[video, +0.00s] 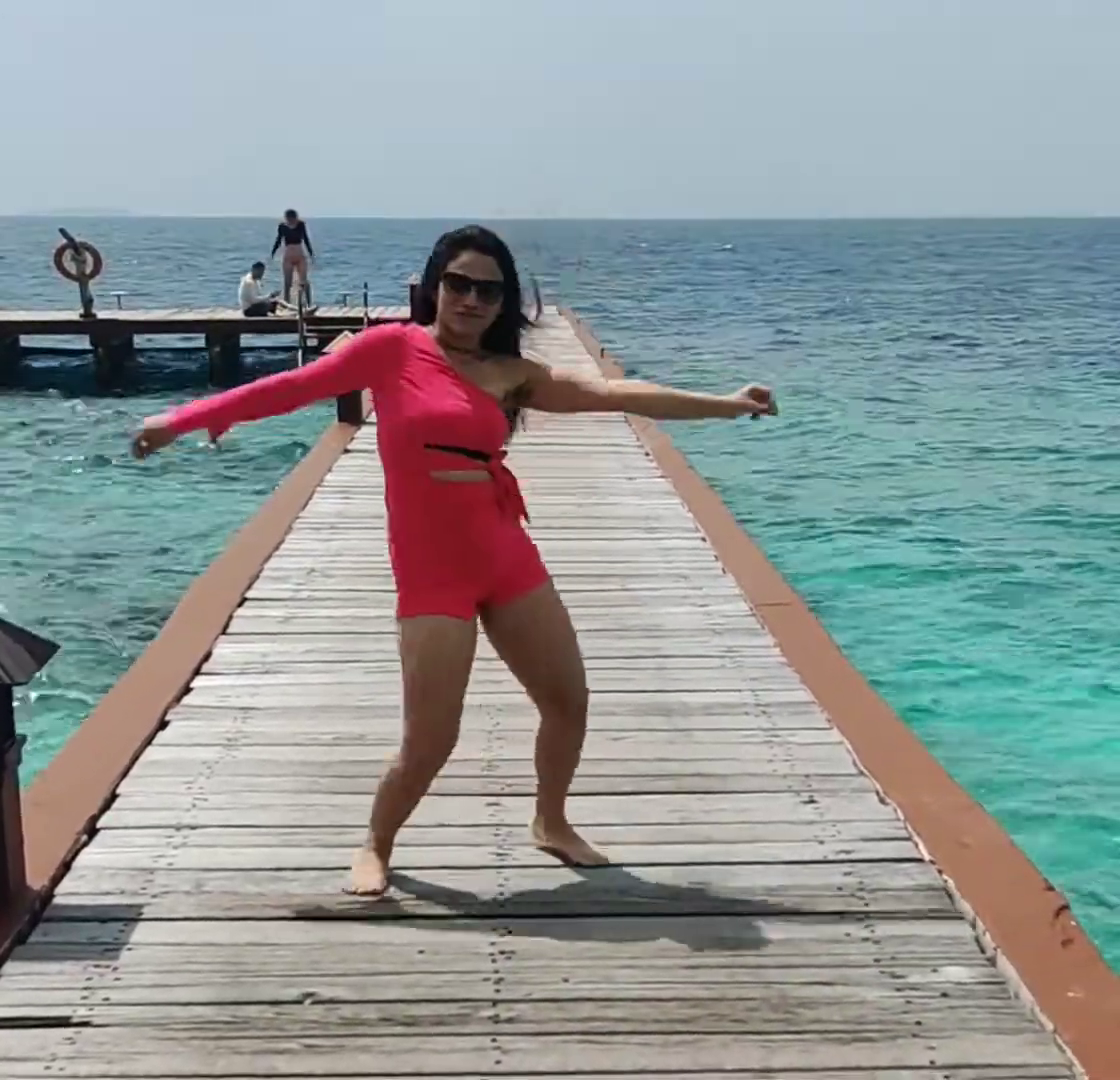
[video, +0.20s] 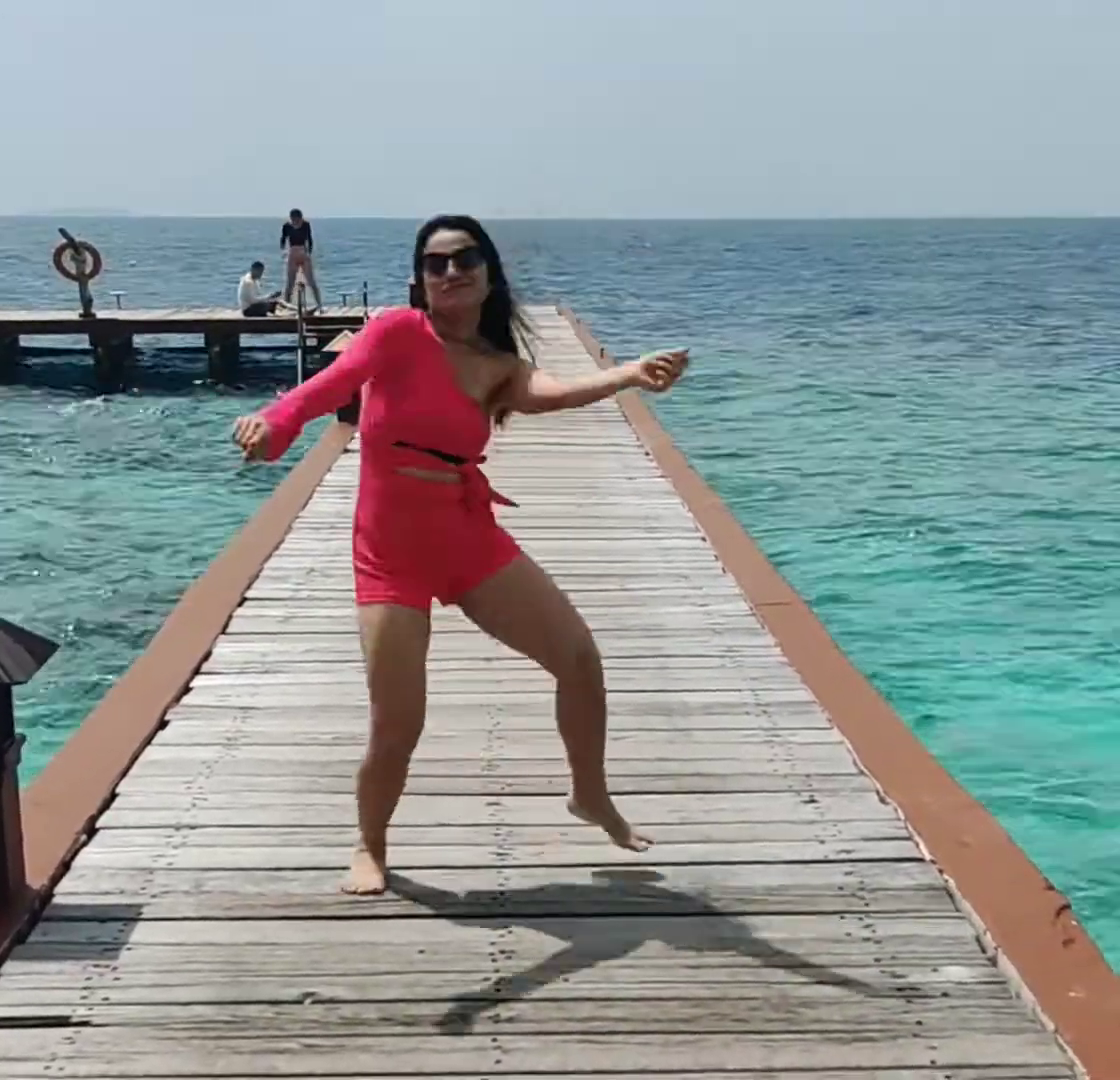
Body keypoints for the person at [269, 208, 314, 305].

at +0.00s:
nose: (291, 222)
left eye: (293, 219)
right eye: (289, 220)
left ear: (296, 218)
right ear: (286, 219)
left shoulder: (301, 225)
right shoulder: (282, 227)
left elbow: (306, 239)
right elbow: (278, 241)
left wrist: (311, 253)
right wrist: (272, 253)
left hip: (299, 250)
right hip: (289, 250)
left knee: (304, 280)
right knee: (287, 282)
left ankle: (309, 304)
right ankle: (286, 304)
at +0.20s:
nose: (295, 222)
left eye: (297, 219)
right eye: (293, 220)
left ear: (301, 218)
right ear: (291, 219)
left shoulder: (306, 225)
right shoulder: (287, 226)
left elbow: (309, 239)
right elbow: (283, 238)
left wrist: (309, 250)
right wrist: (282, 248)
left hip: (303, 250)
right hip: (293, 251)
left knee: (311, 281)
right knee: (290, 282)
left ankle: (319, 305)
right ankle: (287, 305)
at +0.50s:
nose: (308, 218)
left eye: (310, 216)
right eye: (306, 216)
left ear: (314, 215)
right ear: (304, 216)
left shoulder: (319, 223)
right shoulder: (300, 224)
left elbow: (325, 238)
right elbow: (297, 238)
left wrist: (325, 254)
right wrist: (296, 251)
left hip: (317, 249)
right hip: (306, 249)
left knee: (320, 279)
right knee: (302, 279)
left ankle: (322, 303)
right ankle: (299, 303)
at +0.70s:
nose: (313, 219)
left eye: (314, 217)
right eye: (311, 217)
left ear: (318, 215)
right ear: (308, 216)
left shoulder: (325, 223)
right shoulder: (305, 224)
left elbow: (331, 238)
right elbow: (303, 238)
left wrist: (340, 252)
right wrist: (299, 252)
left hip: (321, 250)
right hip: (310, 250)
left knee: (323, 279)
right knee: (314, 279)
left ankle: (323, 304)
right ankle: (315, 303)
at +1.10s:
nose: (298, 219)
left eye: (299, 216)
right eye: (296, 216)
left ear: (304, 214)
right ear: (294, 216)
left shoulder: (313, 222)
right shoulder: (294, 225)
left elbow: (321, 236)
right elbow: (293, 241)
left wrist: (327, 251)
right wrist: (289, 255)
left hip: (312, 250)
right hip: (301, 251)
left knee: (316, 278)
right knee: (304, 279)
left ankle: (315, 303)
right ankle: (306, 305)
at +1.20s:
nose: (278, 217)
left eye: (280, 214)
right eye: (277, 215)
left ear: (284, 213)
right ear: (275, 215)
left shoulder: (294, 220)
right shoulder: (276, 223)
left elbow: (303, 235)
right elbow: (274, 238)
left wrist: (307, 251)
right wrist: (273, 251)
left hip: (294, 248)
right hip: (283, 249)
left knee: (296, 279)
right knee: (285, 279)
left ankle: (301, 305)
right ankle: (287, 305)